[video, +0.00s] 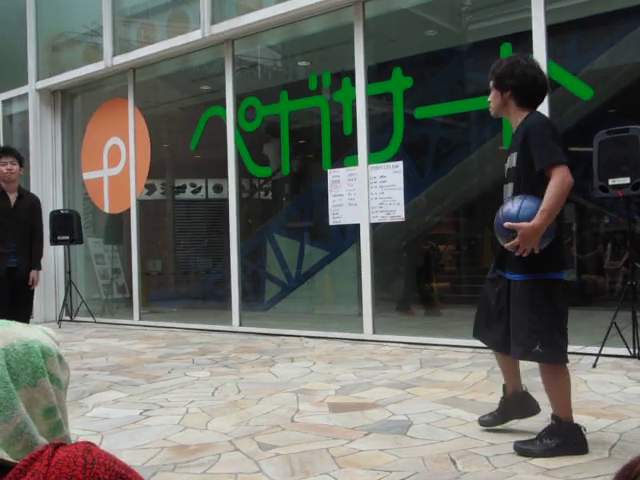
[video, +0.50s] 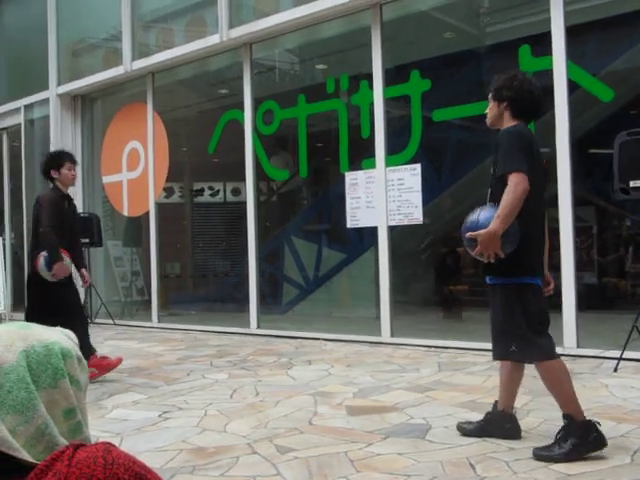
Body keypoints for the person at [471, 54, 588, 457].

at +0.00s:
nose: (488, 96)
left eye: (492, 89)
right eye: (490, 89)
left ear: (508, 93)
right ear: (514, 93)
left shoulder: (537, 127)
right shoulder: (522, 132)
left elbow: (562, 178)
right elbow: (531, 185)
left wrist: (538, 226)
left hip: (537, 260)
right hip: (512, 259)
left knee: (546, 341)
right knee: (493, 322)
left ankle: (565, 428)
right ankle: (514, 395)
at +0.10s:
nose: (487, 96)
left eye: (490, 89)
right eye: (489, 89)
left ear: (506, 93)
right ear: (512, 93)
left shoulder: (533, 126)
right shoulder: (519, 131)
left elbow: (556, 177)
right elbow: (530, 185)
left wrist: (531, 224)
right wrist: (517, 228)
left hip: (537, 261)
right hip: (511, 258)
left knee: (548, 342)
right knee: (491, 325)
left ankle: (568, 428)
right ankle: (507, 394)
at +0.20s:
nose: (488, 99)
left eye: (491, 92)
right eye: (490, 92)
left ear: (507, 95)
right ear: (515, 96)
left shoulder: (533, 129)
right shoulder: (519, 135)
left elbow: (550, 179)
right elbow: (526, 189)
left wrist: (523, 225)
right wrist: (512, 229)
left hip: (536, 266)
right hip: (512, 265)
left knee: (551, 347)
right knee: (497, 332)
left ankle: (573, 431)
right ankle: (500, 404)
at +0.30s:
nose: (487, 102)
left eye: (489, 96)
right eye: (488, 95)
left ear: (504, 99)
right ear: (513, 100)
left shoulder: (527, 133)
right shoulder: (517, 138)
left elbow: (542, 183)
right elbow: (521, 192)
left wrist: (512, 228)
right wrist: (506, 231)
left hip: (532, 267)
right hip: (514, 266)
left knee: (549, 348)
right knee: (509, 341)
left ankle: (575, 431)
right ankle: (496, 412)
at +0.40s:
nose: (485, 106)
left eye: (489, 99)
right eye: (488, 99)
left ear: (503, 103)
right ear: (510, 104)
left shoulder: (519, 138)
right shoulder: (512, 142)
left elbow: (531, 187)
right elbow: (522, 200)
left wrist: (503, 232)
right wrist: (497, 237)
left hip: (526, 267)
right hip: (511, 266)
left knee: (545, 346)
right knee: (510, 342)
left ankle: (579, 430)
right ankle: (498, 414)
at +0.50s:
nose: (486, 108)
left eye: (490, 101)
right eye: (488, 101)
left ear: (504, 105)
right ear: (513, 107)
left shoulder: (513, 137)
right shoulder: (524, 142)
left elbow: (519, 186)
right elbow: (537, 213)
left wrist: (493, 231)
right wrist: (542, 265)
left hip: (519, 266)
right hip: (513, 265)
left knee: (535, 344)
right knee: (510, 341)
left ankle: (580, 426)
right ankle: (503, 415)